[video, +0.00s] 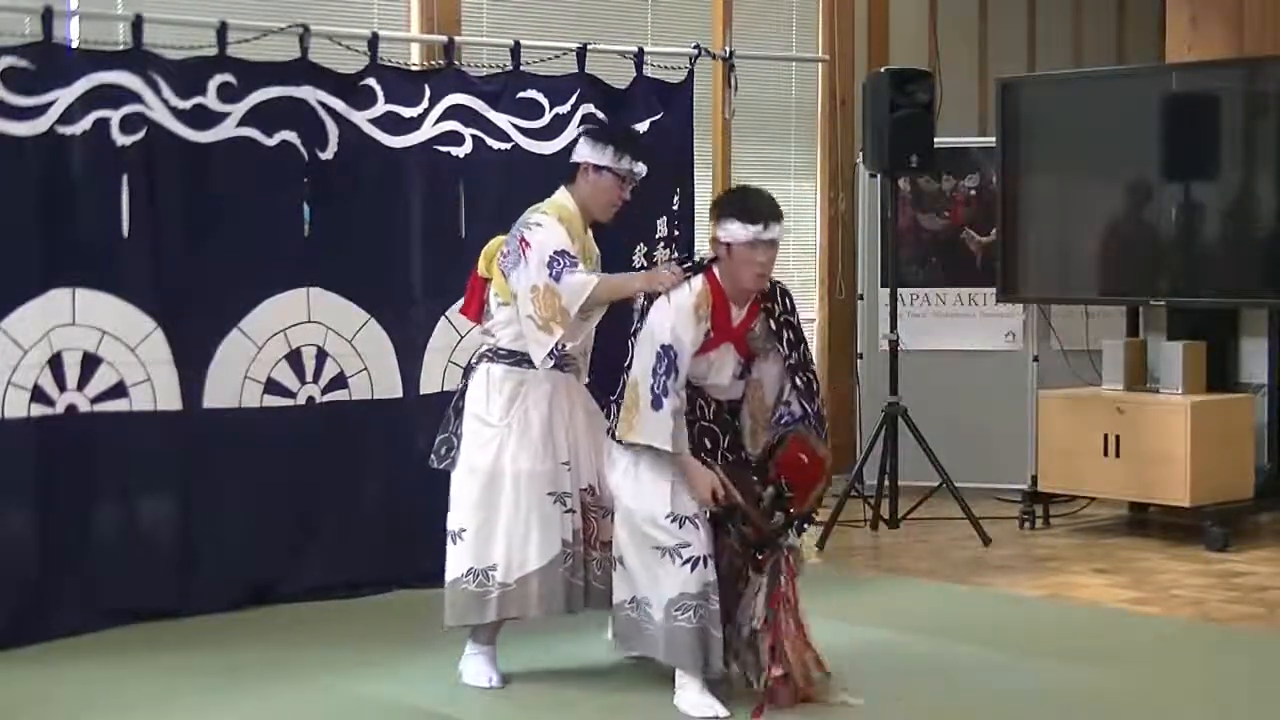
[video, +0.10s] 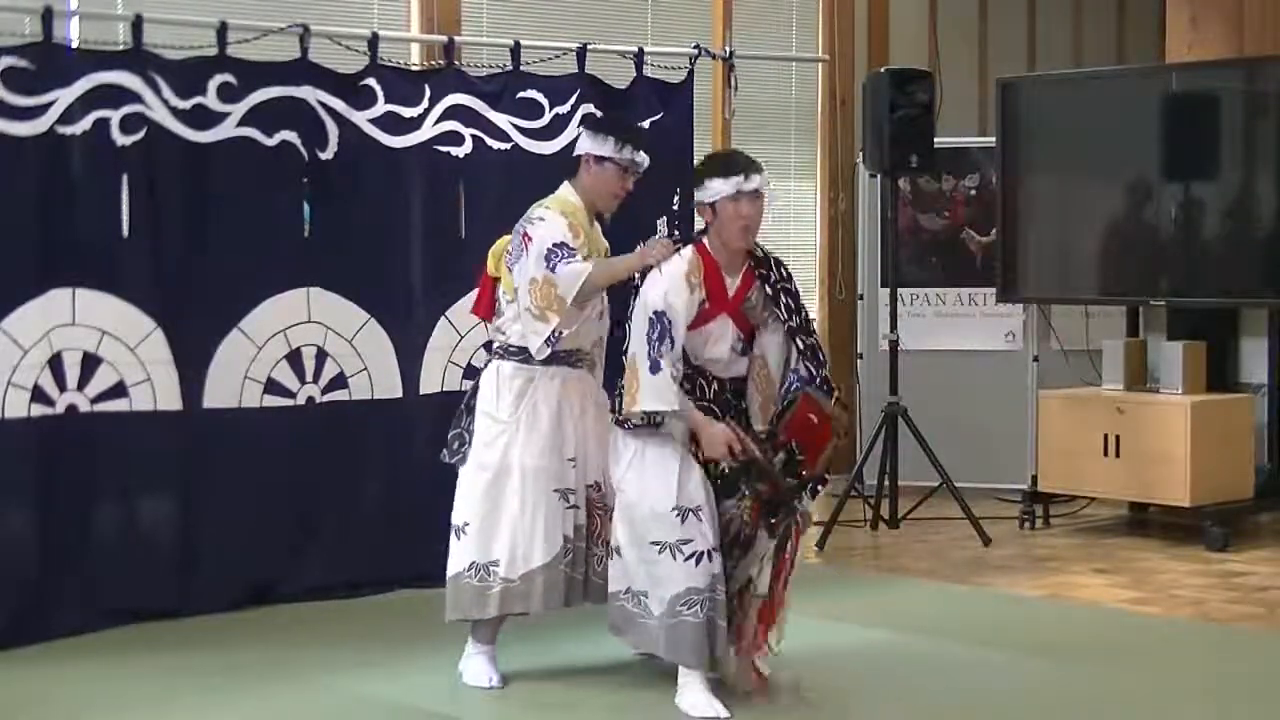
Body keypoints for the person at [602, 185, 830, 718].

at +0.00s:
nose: (766, 259)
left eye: (772, 246)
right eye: (754, 246)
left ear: (779, 247)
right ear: (722, 247)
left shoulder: (774, 304)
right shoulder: (681, 307)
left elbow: (787, 384)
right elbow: (652, 396)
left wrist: (792, 450)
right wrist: (687, 464)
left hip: (723, 429)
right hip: (656, 433)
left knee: (753, 524)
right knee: (689, 538)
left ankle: (740, 654)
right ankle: (689, 676)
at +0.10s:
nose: (754, 211)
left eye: (759, 198)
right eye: (740, 200)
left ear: (765, 206)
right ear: (708, 211)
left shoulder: (770, 277)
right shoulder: (675, 277)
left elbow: (784, 365)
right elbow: (648, 371)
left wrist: (774, 440)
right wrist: (699, 424)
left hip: (735, 414)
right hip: (669, 414)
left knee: (769, 513)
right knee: (695, 529)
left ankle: (741, 642)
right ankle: (692, 671)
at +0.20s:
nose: (738, 177)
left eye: (742, 164)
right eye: (724, 166)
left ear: (748, 176)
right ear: (694, 179)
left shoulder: (758, 249)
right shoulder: (661, 249)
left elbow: (784, 320)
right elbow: (664, 328)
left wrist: (775, 355)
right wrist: (729, 340)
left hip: (735, 409)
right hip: (670, 411)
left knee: (725, 526)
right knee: (694, 531)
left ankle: (696, 628)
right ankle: (692, 673)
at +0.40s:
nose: (735, 162)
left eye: (745, 152)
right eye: (724, 149)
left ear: (753, 167)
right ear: (685, 152)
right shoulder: (645, 219)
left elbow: (797, 316)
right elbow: (654, 324)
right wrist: (725, 348)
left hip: (730, 382)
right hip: (673, 387)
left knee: (751, 512)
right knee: (692, 522)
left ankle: (727, 644)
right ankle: (691, 670)